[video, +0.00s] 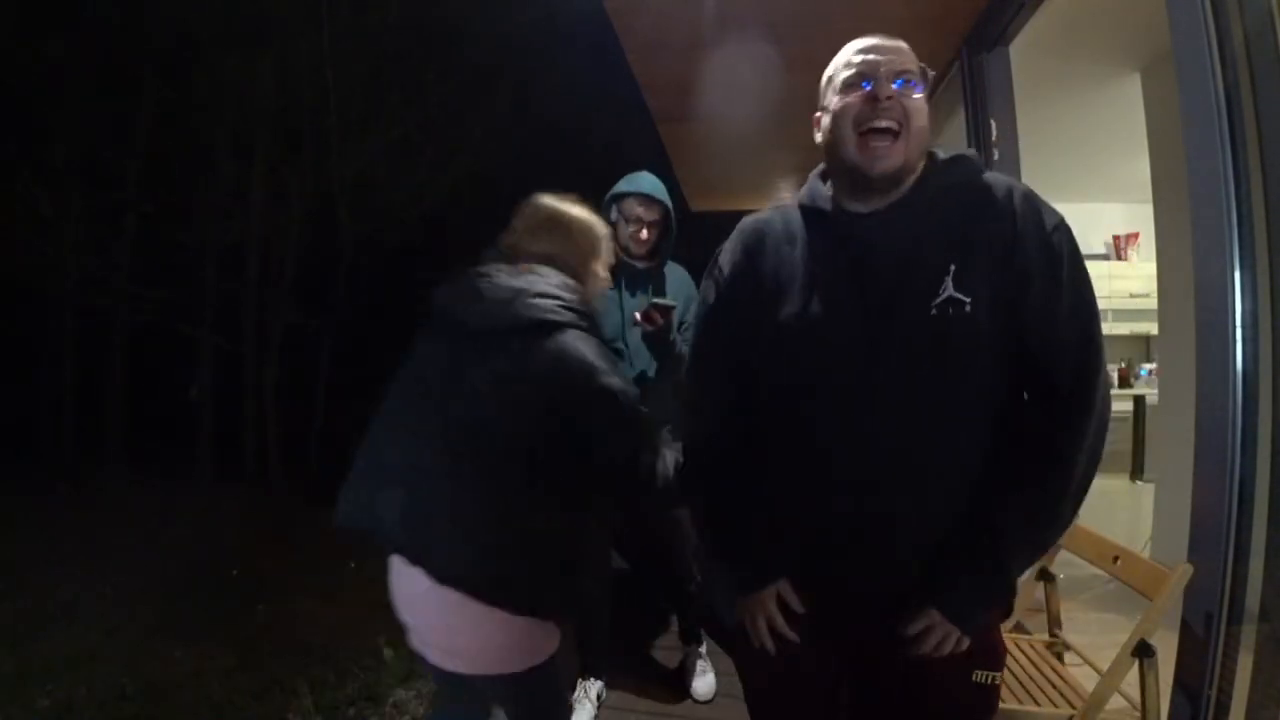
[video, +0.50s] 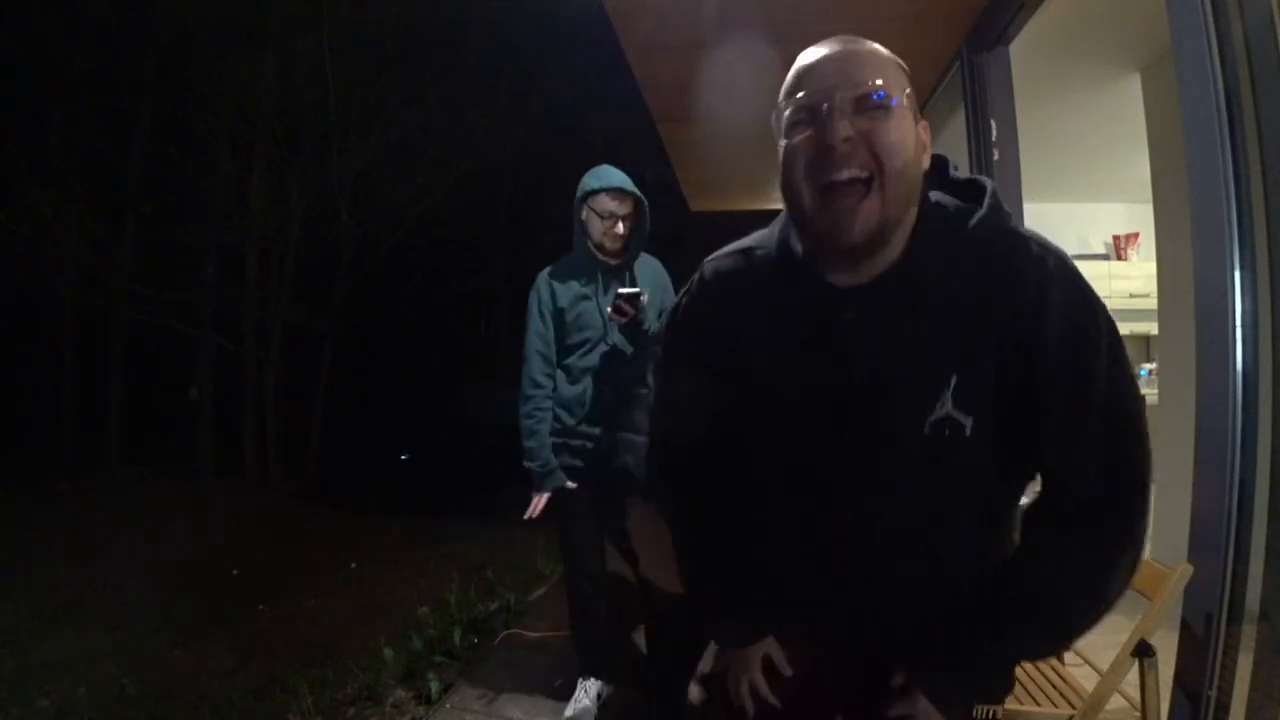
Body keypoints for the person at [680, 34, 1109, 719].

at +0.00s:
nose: (884, 94)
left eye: (904, 81)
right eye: (859, 81)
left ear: (930, 117)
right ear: (820, 125)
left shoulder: (1013, 226)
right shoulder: (758, 249)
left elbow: (1071, 419)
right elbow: (703, 429)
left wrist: (975, 585)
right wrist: (741, 574)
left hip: (944, 615)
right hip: (793, 613)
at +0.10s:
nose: (862, 99)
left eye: (881, 86)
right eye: (835, 91)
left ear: (912, 118)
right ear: (803, 135)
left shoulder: (1005, 228)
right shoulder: (750, 259)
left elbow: (1074, 418)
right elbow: (702, 440)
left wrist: (978, 586)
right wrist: (743, 584)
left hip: (944, 618)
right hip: (794, 618)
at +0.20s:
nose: (855, 97)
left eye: (874, 82)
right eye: (827, 91)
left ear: (907, 115)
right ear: (795, 141)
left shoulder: (1005, 229)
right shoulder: (745, 263)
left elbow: (1077, 417)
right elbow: (705, 443)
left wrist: (979, 588)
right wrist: (749, 590)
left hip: (943, 616)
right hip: (793, 618)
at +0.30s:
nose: (852, 97)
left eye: (874, 82)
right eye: (824, 90)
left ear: (912, 118)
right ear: (794, 140)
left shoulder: (1013, 240)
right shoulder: (742, 269)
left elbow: (1077, 444)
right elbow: (695, 453)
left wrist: (975, 612)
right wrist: (749, 597)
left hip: (943, 627)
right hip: (789, 625)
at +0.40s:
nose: (851, 105)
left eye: (877, 87)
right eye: (822, 96)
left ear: (920, 125)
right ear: (793, 147)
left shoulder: (1019, 259)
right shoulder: (735, 278)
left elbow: (1085, 469)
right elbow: (697, 462)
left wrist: (965, 643)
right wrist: (747, 606)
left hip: (945, 645)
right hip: (786, 639)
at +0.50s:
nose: (837, 136)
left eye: (870, 106)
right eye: (806, 118)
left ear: (924, 138)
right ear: (779, 159)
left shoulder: (1020, 283)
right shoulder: (721, 299)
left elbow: (1103, 501)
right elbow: (684, 482)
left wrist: (962, 669)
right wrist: (733, 621)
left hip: (941, 659)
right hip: (774, 656)